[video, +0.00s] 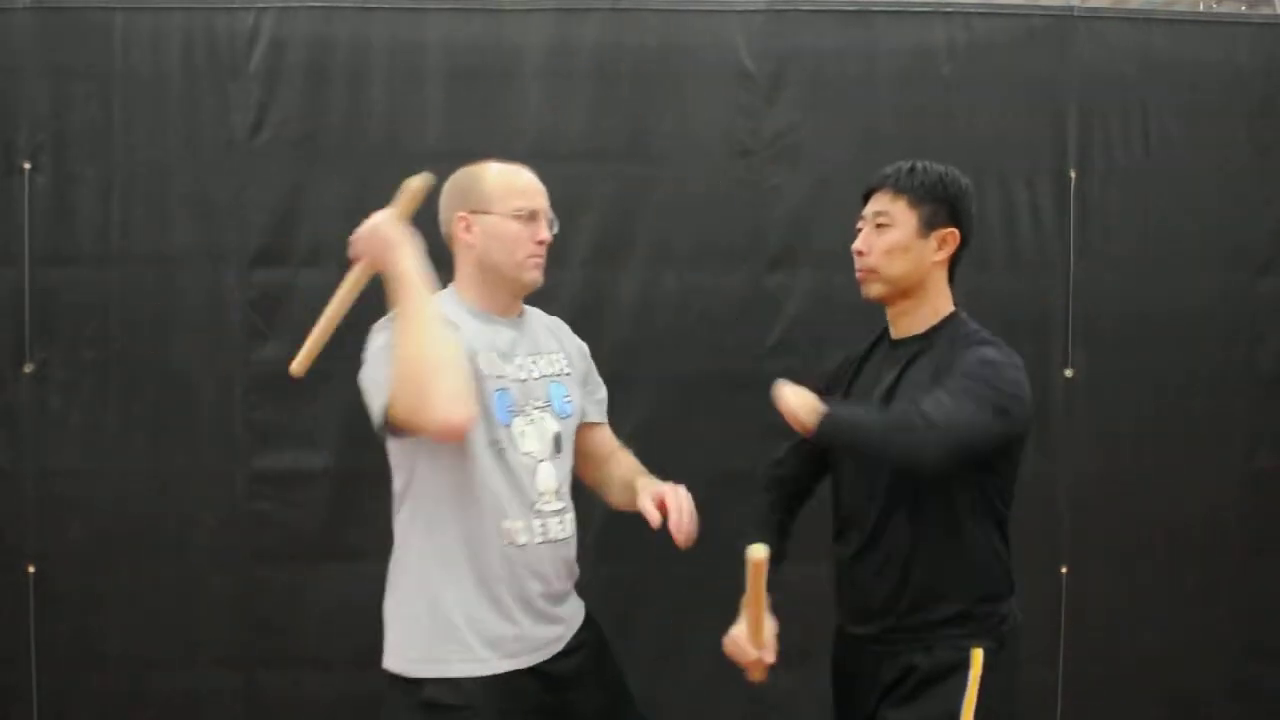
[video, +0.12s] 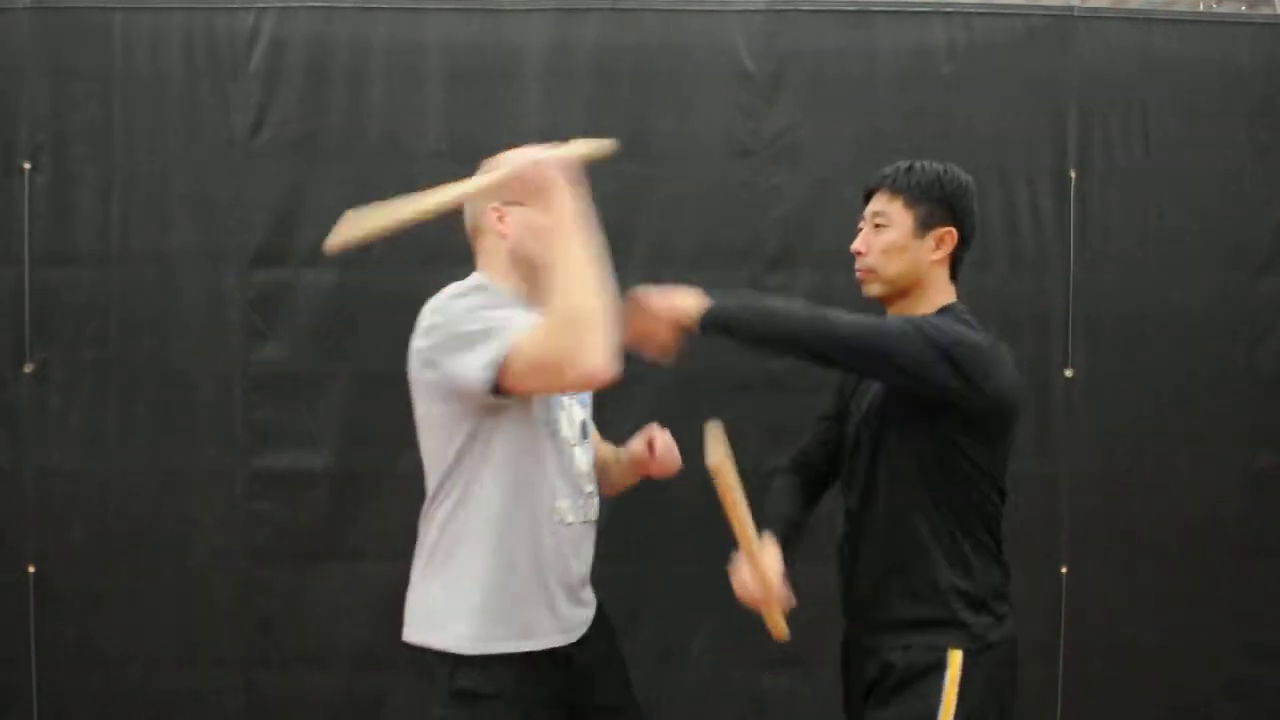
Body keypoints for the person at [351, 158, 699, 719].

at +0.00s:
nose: (547, 234)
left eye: (547, 219)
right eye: (526, 217)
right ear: (466, 229)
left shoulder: (561, 342)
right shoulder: (408, 336)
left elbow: (599, 454)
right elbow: (445, 413)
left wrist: (645, 488)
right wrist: (404, 264)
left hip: (563, 642)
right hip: (454, 664)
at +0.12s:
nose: (567, 224)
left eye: (568, 210)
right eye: (550, 207)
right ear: (501, 220)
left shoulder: (550, 327)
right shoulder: (452, 319)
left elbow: (572, 467)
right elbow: (587, 357)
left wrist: (628, 463)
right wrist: (567, 200)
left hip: (574, 633)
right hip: (481, 650)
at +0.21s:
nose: (587, 224)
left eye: (585, 209)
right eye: (571, 206)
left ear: (519, 216)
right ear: (515, 212)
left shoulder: (533, 315)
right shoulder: (487, 304)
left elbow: (544, 480)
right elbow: (649, 345)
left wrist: (620, 440)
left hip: (572, 627)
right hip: (492, 637)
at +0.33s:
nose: (597, 222)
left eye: (594, 207)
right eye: (582, 203)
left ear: (533, 212)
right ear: (530, 209)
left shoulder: (535, 297)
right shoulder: (521, 293)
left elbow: (546, 460)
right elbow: (694, 343)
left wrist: (620, 414)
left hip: (564, 625)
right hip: (505, 629)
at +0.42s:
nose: (599, 225)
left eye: (596, 209)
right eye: (585, 206)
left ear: (532, 214)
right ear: (533, 211)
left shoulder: (505, 304)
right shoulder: (546, 298)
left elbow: (568, 447)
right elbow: (710, 343)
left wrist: (630, 394)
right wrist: (781, 311)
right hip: (512, 630)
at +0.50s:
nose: (600, 228)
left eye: (596, 212)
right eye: (586, 209)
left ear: (536, 219)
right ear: (535, 217)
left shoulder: (482, 312)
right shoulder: (561, 304)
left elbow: (599, 416)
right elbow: (719, 357)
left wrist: (698, 344)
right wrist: (805, 345)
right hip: (525, 635)